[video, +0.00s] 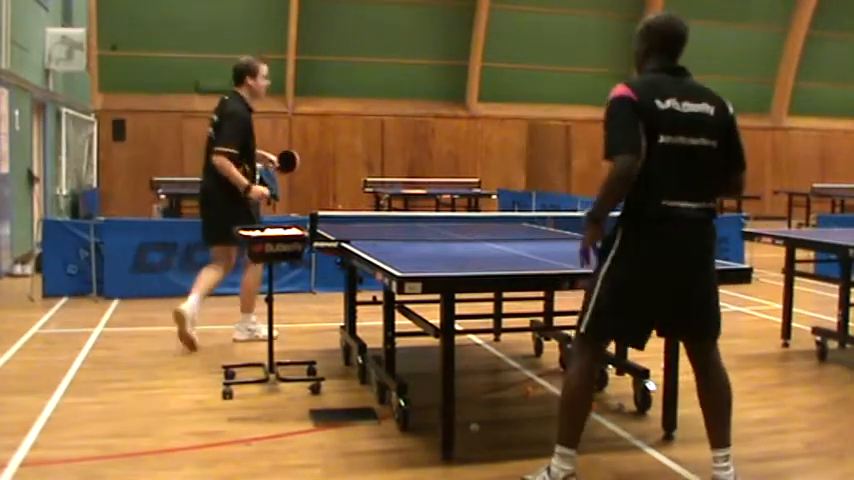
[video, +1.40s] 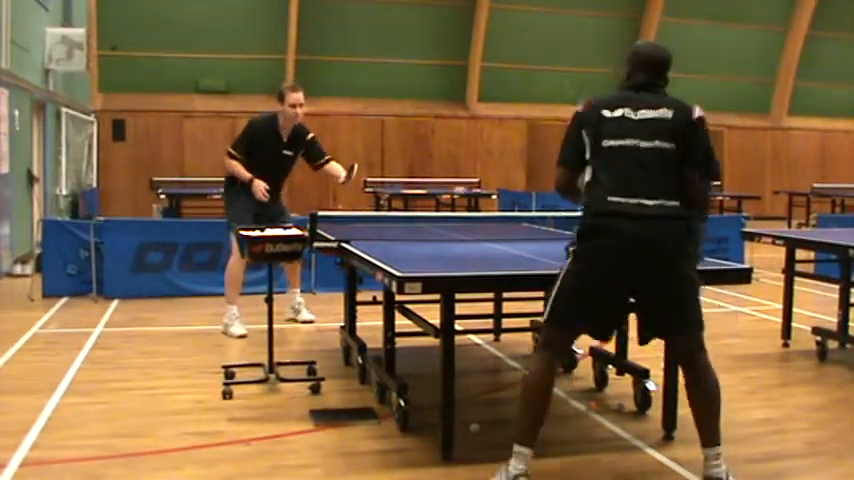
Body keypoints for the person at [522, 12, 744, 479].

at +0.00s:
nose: (633, 53)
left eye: (636, 45)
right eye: (638, 45)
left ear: (643, 49)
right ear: (681, 52)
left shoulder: (630, 95)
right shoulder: (715, 103)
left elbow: (627, 164)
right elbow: (733, 182)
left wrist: (595, 219)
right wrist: (684, 184)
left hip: (640, 241)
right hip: (695, 244)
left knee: (587, 349)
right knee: (706, 356)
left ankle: (561, 465)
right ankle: (724, 469)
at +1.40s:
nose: (634, 74)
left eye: (631, 67)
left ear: (626, 71)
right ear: (667, 77)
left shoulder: (593, 111)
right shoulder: (687, 117)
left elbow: (565, 183)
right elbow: (699, 197)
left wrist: (600, 196)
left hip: (603, 246)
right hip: (667, 251)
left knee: (549, 347)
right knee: (692, 356)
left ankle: (517, 465)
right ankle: (715, 466)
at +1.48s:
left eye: (632, 74)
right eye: (655, 79)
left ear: (620, 79)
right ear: (660, 83)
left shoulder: (584, 115)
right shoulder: (671, 114)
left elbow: (549, 184)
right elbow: (682, 185)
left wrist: (576, 201)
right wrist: (706, 258)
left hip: (586, 253)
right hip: (649, 255)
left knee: (537, 355)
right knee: (685, 356)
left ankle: (507, 465)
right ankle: (713, 465)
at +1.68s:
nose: (638, 105)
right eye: (637, 99)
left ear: (596, 102)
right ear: (632, 101)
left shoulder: (556, 136)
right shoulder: (632, 121)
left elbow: (504, 187)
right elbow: (639, 182)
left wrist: (509, 238)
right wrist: (698, 235)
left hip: (553, 259)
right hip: (613, 259)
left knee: (515, 363)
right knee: (670, 360)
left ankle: (502, 469)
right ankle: (695, 468)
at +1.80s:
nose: (628, 103)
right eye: (627, 97)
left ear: (585, 94)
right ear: (622, 96)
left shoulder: (545, 125)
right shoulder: (632, 126)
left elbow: (498, 178)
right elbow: (651, 209)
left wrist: (499, 227)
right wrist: (695, 222)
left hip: (553, 261)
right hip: (615, 264)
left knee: (515, 365)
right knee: (666, 361)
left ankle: (503, 468)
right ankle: (696, 469)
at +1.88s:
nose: (621, 94)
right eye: (620, 87)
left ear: (580, 87)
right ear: (620, 89)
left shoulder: (543, 115)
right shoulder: (637, 123)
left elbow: (504, 171)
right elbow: (651, 201)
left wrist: (507, 209)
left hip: (560, 252)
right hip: (625, 253)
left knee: (518, 362)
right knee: (668, 363)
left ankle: (504, 466)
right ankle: (702, 466)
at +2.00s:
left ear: (577, 79)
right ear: (620, 82)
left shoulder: (553, 108)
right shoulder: (645, 116)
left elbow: (518, 175)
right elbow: (633, 171)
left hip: (579, 247)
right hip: (640, 247)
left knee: (526, 356)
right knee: (685, 361)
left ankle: (507, 467)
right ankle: (729, 467)